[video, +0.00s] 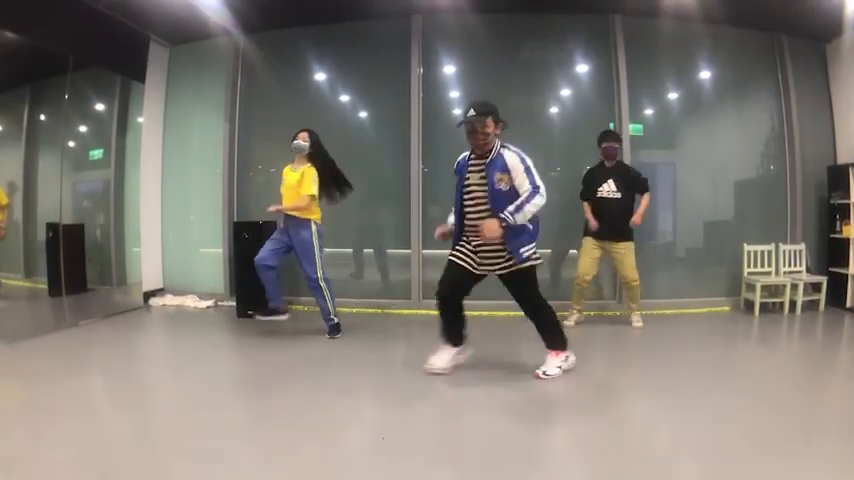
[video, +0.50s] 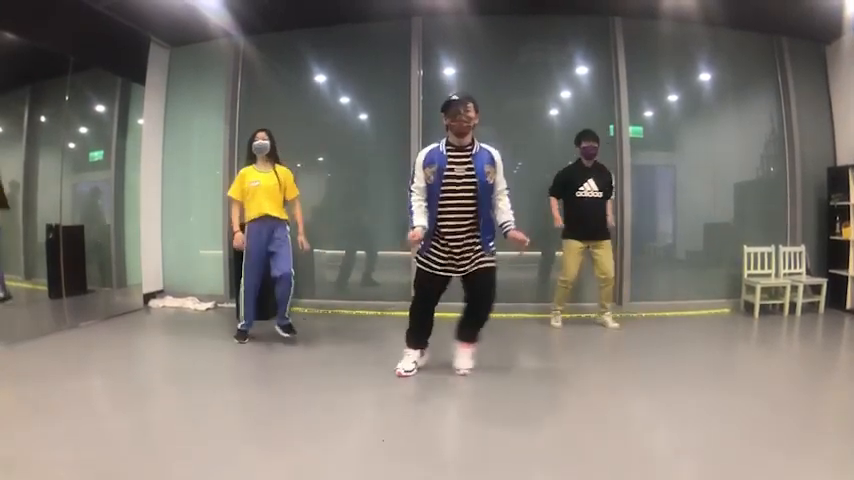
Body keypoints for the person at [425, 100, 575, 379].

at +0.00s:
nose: (477, 137)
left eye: (483, 131)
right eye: (472, 132)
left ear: (496, 128)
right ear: (465, 132)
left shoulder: (512, 158)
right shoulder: (463, 162)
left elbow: (537, 195)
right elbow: (463, 203)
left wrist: (503, 220)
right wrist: (451, 225)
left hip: (509, 248)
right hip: (471, 247)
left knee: (530, 300)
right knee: (447, 292)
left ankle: (560, 352)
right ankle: (455, 345)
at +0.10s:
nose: (473, 144)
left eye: (480, 137)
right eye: (468, 139)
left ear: (494, 139)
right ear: (462, 142)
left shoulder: (507, 170)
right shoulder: (456, 172)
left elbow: (539, 195)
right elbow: (443, 197)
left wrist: (496, 208)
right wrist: (440, 208)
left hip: (504, 261)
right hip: (466, 260)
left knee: (529, 310)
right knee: (436, 301)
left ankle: (564, 355)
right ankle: (427, 352)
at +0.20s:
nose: (469, 133)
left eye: (475, 127)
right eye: (464, 128)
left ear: (487, 130)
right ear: (456, 131)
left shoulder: (499, 161)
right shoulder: (443, 160)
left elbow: (527, 193)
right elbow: (429, 189)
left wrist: (494, 217)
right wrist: (425, 214)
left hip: (486, 250)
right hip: (447, 249)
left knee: (502, 302)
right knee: (428, 300)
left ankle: (541, 346)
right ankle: (425, 352)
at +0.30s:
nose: (465, 122)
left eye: (471, 116)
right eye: (459, 117)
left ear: (482, 119)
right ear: (451, 119)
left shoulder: (493, 156)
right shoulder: (434, 156)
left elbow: (503, 197)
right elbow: (423, 198)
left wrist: (501, 234)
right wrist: (412, 235)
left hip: (476, 242)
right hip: (438, 241)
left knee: (478, 292)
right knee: (428, 296)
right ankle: (424, 351)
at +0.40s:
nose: (460, 121)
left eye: (466, 115)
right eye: (454, 117)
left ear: (477, 119)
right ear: (445, 121)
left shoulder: (491, 158)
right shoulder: (428, 158)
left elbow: (499, 200)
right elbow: (419, 200)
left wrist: (503, 236)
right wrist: (414, 235)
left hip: (473, 245)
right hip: (435, 243)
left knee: (466, 303)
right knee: (426, 301)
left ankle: (454, 348)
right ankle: (422, 351)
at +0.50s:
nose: (463, 119)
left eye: (468, 114)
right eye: (456, 115)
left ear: (476, 117)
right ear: (446, 120)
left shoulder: (490, 156)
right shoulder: (428, 156)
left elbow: (500, 195)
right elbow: (418, 195)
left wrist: (509, 227)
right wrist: (419, 225)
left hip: (477, 244)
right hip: (437, 243)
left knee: (483, 297)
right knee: (423, 298)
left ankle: (466, 344)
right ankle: (415, 349)